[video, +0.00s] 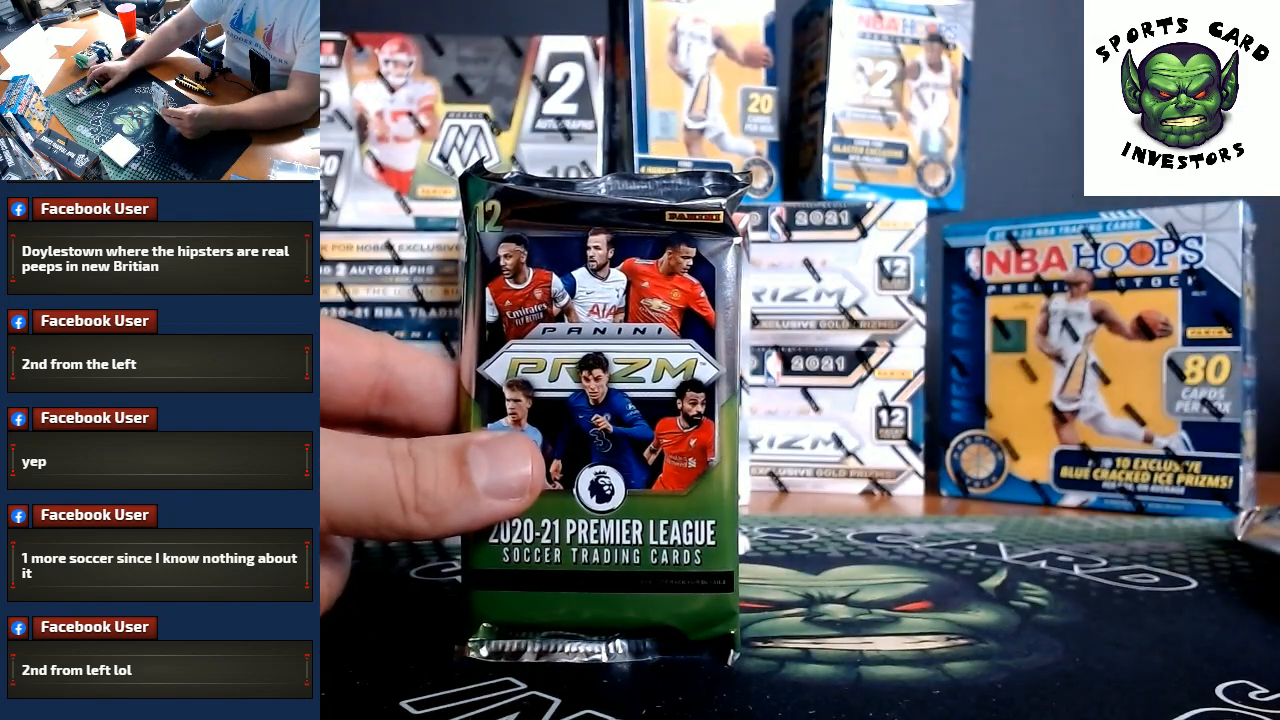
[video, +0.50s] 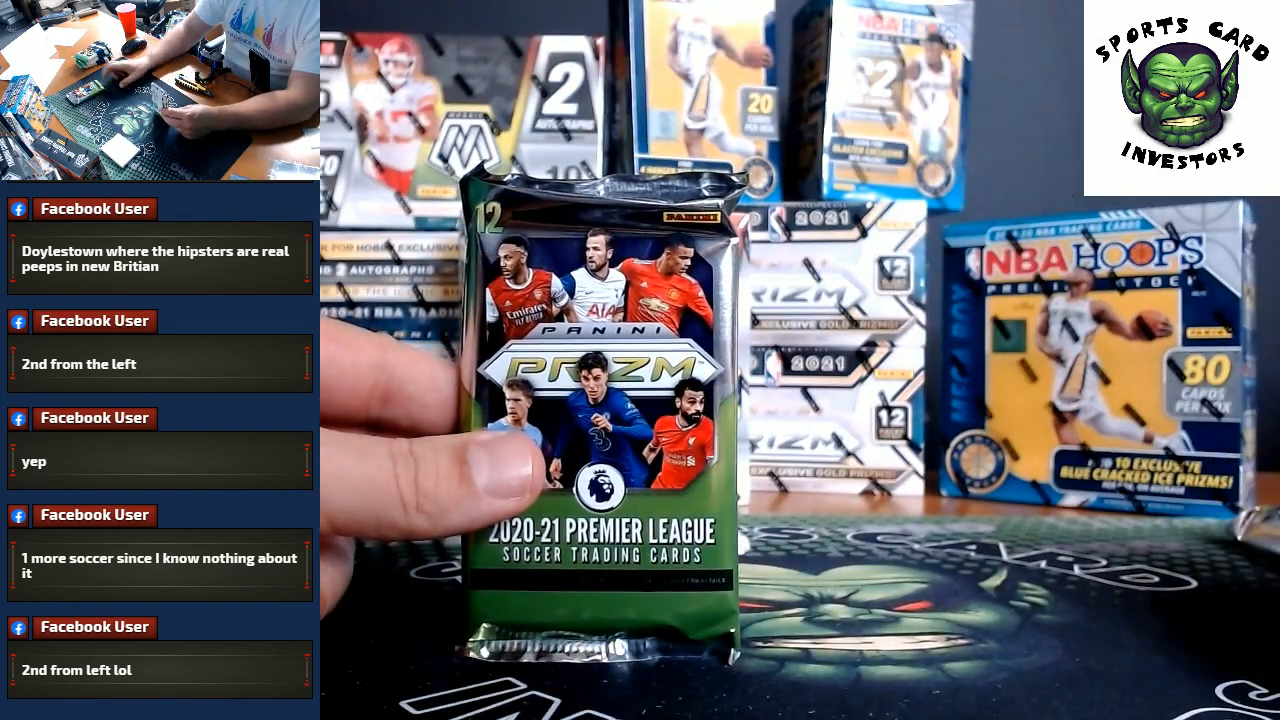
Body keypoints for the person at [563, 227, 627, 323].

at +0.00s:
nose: (590, 254)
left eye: (597, 248)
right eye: (588, 249)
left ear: (610, 253)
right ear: (586, 250)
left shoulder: (620, 279)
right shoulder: (573, 279)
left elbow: (619, 313)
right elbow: (550, 312)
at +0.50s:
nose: (590, 255)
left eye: (596, 249)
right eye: (588, 249)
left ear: (609, 253)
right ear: (585, 251)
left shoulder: (619, 279)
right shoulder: (573, 280)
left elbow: (619, 312)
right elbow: (550, 312)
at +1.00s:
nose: (585, 253)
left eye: (592, 248)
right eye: (583, 248)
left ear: (605, 252)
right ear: (581, 250)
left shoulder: (616, 278)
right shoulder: (570, 279)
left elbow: (615, 312)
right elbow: (545, 312)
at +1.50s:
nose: (584, 253)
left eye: (590, 248)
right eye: (582, 248)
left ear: (604, 252)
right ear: (580, 249)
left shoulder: (615, 278)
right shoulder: (568, 279)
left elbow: (614, 312)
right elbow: (543, 313)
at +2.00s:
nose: (587, 254)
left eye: (594, 248)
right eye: (585, 249)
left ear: (607, 253)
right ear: (583, 250)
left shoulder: (617, 278)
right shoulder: (571, 278)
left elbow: (617, 311)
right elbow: (548, 311)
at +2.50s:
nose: (585, 254)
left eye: (592, 249)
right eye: (583, 249)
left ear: (604, 253)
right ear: (581, 251)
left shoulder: (615, 278)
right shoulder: (569, 279)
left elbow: (614, 311)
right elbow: (545, 312)